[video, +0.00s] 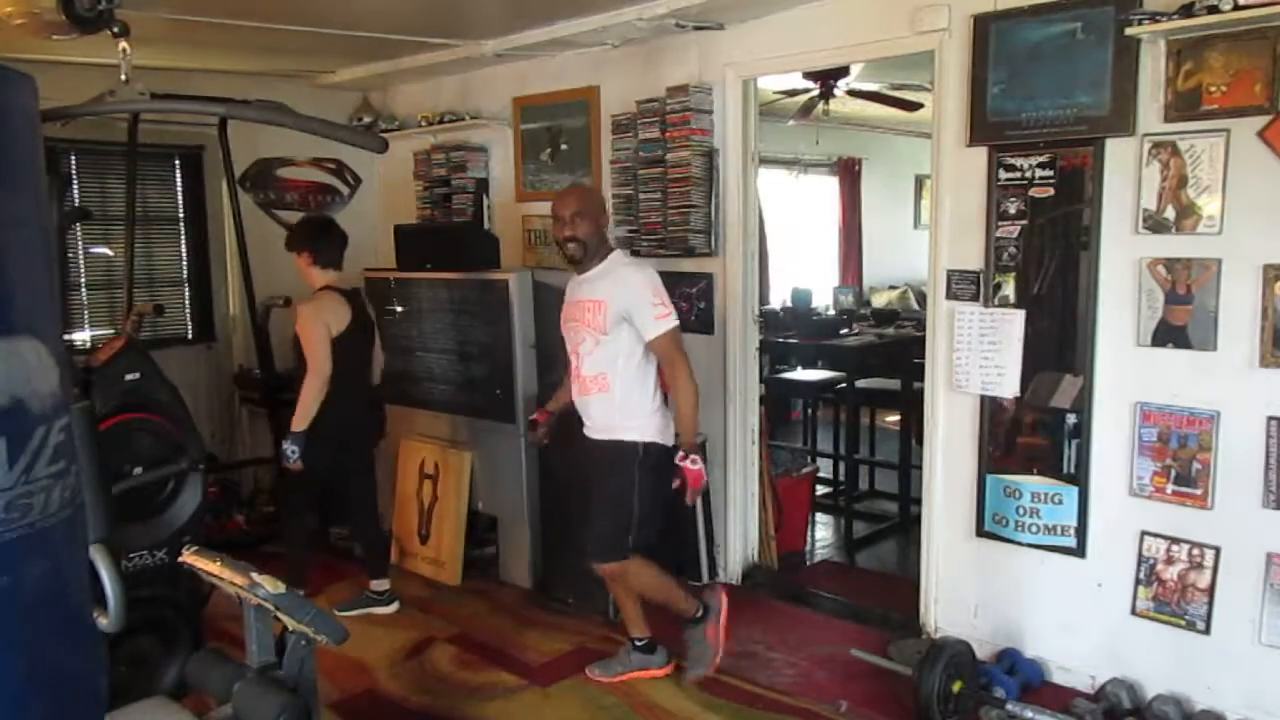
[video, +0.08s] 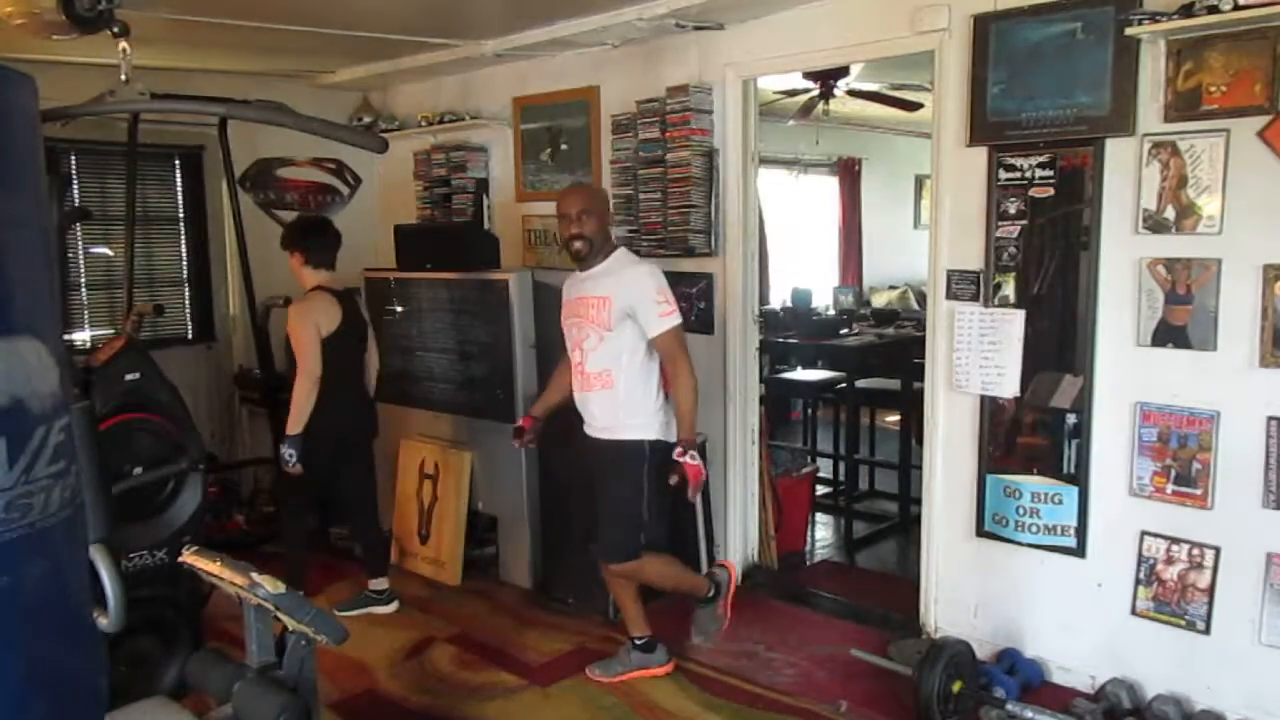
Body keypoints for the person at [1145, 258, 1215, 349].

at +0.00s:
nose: (1180, 273)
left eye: (1184, 269)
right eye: (1177, 269)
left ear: (1188, 272)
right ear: (1172, 272)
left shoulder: (1191, 287)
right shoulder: (1168, 286)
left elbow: (1213, 269)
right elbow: (1151, 266)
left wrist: (1196, 263)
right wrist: (1166, 261)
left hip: (1182, 329)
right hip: (1165, 327)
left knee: (1189, 357)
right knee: (1155, 355)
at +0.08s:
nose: (1180, 273)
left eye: (1183, 269)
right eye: (1177, 269)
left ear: (1188, 272)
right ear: (1172, 272)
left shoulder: (1191, 287)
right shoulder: (1168, 286)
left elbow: (1213, 269)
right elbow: (1151, 266)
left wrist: (1197, 263)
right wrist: (1166, 261)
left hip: (1181, 329)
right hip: (1165, 327)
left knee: (1189, 357)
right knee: (1155, 355)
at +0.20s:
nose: (1180, 273)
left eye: (1183, 269)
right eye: (1177, 269)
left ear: (1188, 272)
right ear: (1172, 272)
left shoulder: (1191, 287)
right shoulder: (1168, 286)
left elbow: (1212, 269)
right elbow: (1151, 266)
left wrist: (1197, 263)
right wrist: (1166, 261)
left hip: (1181, 329)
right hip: (1165, 327)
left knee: (1189, 357)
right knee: (1154, 355)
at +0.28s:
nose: (1180, 273)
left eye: (1183, 269)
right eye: (1176, 269)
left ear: (1188, 272)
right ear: (1172, 272)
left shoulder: (1192, 288)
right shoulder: (1168, 286)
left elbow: (1213, 268)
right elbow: (1151, 266)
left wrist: (1198, 262)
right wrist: (1166, 262)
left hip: (1181, 329)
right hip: (1164, 328)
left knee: (1189, 358)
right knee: (1154, 357)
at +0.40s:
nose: (1180, 273)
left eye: (1183, 269)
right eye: (1176, 269)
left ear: (1189, 272)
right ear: (1172, 272)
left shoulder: (1192, 287)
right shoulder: (1168, 286)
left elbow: (1213, 268)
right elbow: (1151, 266)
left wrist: (1198, 262)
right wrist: (1166, 261)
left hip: (1182, 329)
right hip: (1165, 328)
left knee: (1189, 358)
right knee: (1154, 357)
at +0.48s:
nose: (1180, 273)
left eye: (1183, 269)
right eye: (1176, 269)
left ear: (1189, 272)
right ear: (1172, 272)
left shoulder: (1192, 287)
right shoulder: (1168, 286)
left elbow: (1213, 268)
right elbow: (1151, 266)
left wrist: (1198, 262)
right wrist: (1166, 261)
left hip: (1182, 329)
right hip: (1165, 328)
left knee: (1189, 358)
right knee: (1154, 357)